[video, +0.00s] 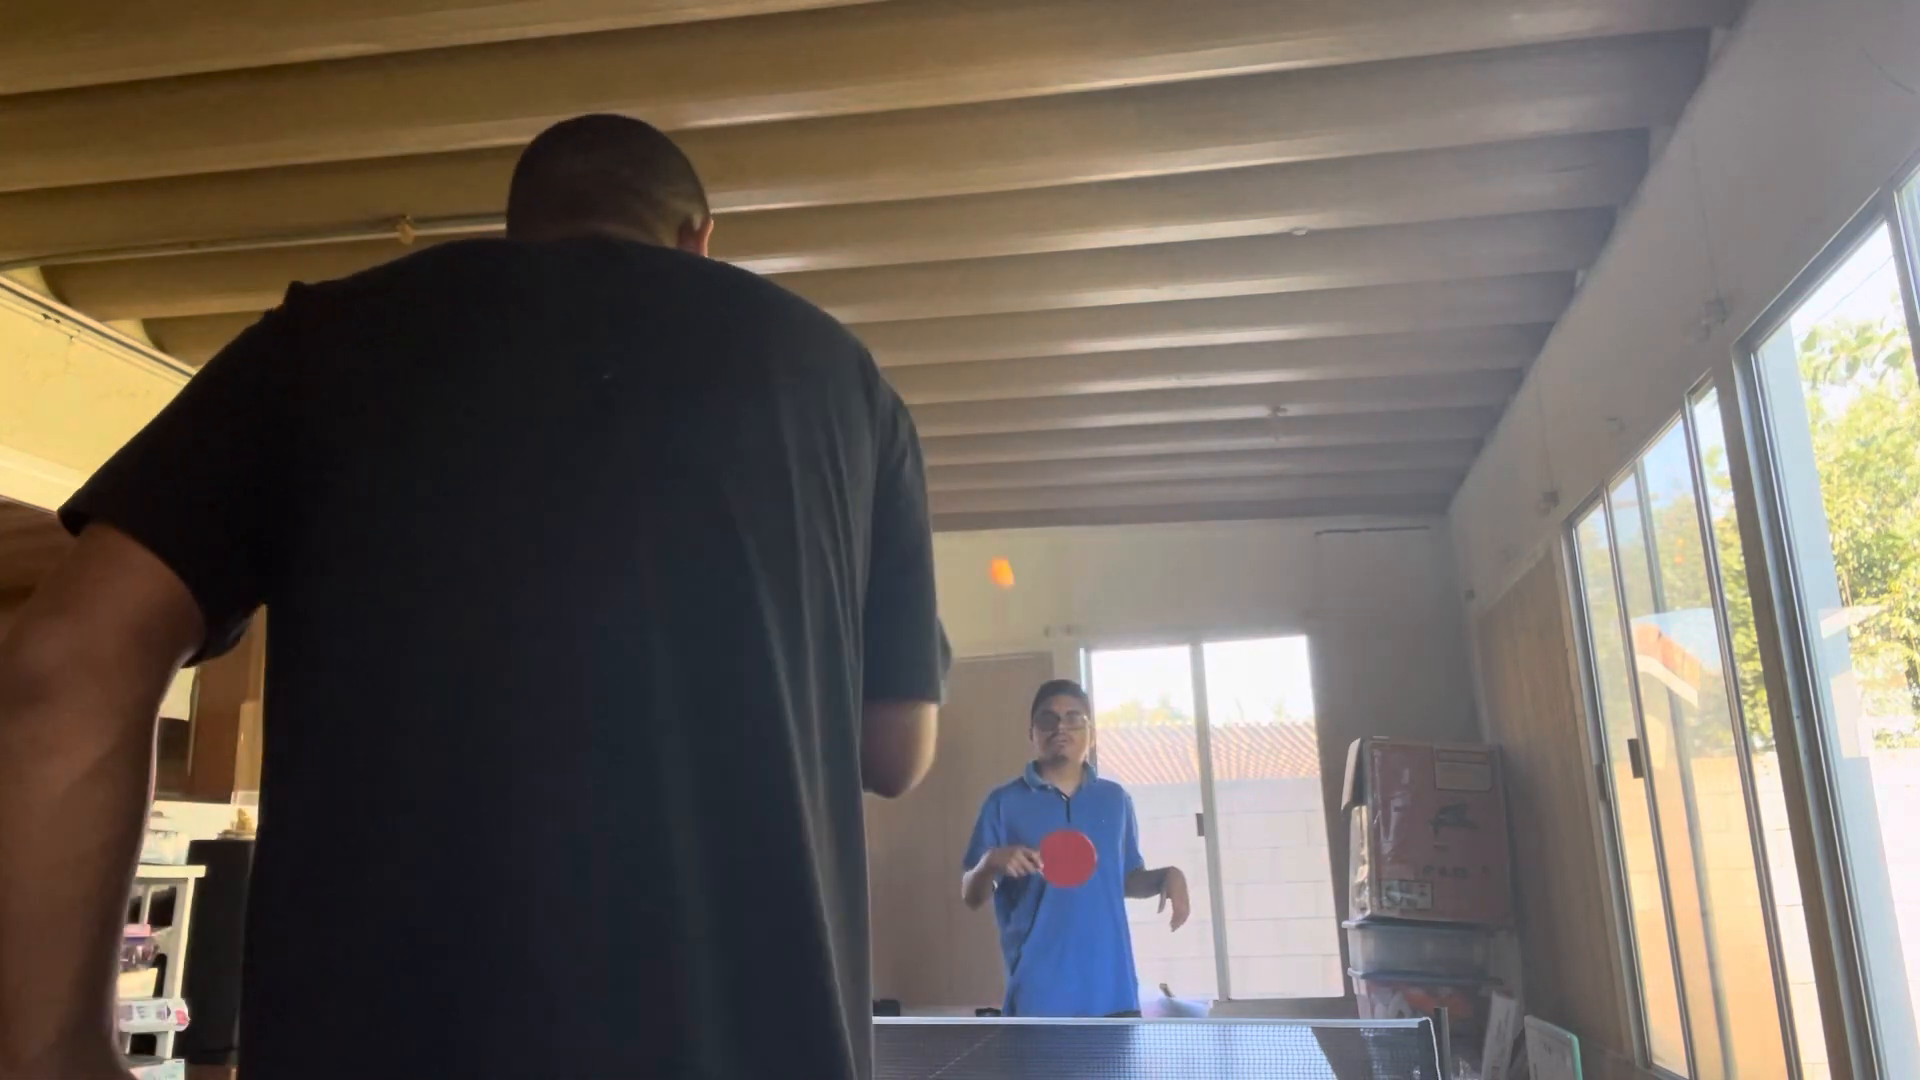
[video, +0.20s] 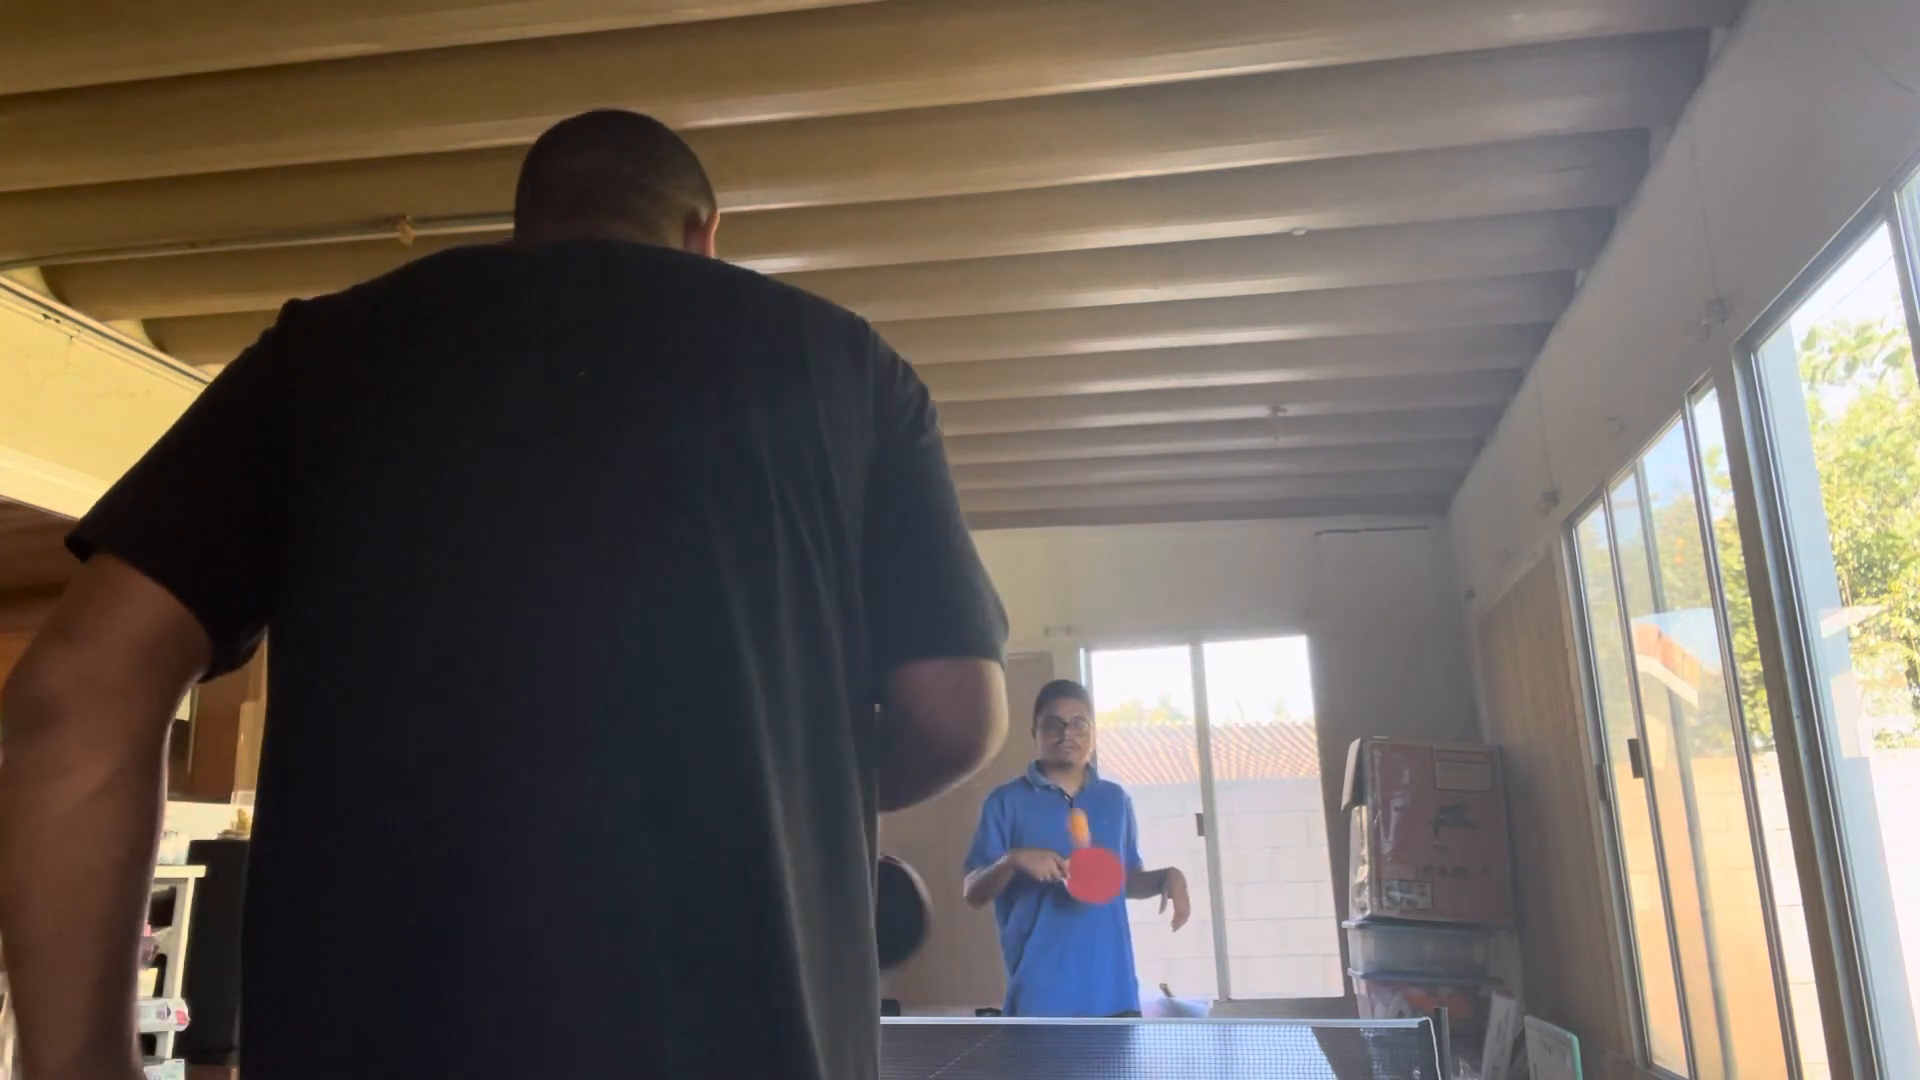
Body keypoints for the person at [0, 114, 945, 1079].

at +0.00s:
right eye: (715, 240)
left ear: (506, 229)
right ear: (698, 238)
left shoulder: (329, 331)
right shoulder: (834, 367)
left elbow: (65, 656)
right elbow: (896, 751)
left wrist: (59, 1046)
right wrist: (730, 670)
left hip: (371, 1032)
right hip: (748, 1039)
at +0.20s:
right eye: (718, 241)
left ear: (515, 223)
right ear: (704, 235)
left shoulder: (327, 345)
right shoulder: (839, 357)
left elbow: (76, 685)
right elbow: (955, 721)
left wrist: (76, 1056)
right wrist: (786, 790)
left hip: (368, 1033)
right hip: (748, 1040)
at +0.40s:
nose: (745, 252)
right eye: (746, 234)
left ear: (541, 218)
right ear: (729, 226)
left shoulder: (348, 351)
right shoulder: (843, 347)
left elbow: (98, 698)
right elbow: (984, 694)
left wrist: (78, 1059)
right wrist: (934, 822)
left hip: (369, 1039)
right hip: (740, 1041)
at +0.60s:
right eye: (774, 228)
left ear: (564, 215)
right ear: (753, 220)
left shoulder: (366, 353)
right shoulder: (851, 342)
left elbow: (123, 702)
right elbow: (983, 696)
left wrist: (110, 1063)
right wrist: (966, 821)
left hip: (380, 1038)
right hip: (745, 1038)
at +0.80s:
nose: (787, 244)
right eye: (785, 222)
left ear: (574, 208)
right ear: (764, 214)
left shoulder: (378, 351)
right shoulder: (860, 340)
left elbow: (135, 711)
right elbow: (992, 696)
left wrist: (141, 1056)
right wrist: (969, 817)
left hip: (391, 1036)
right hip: (756, 1035)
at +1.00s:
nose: (785, 245)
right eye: (785, 223)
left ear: (578, 208)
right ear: (766, 212)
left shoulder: (382, 350)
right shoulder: (868, 341)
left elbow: (137, 719)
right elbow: (1003, 698)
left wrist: (147, 1057)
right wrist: (966, 811)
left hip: (396, 1036)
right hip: (766, 1036)